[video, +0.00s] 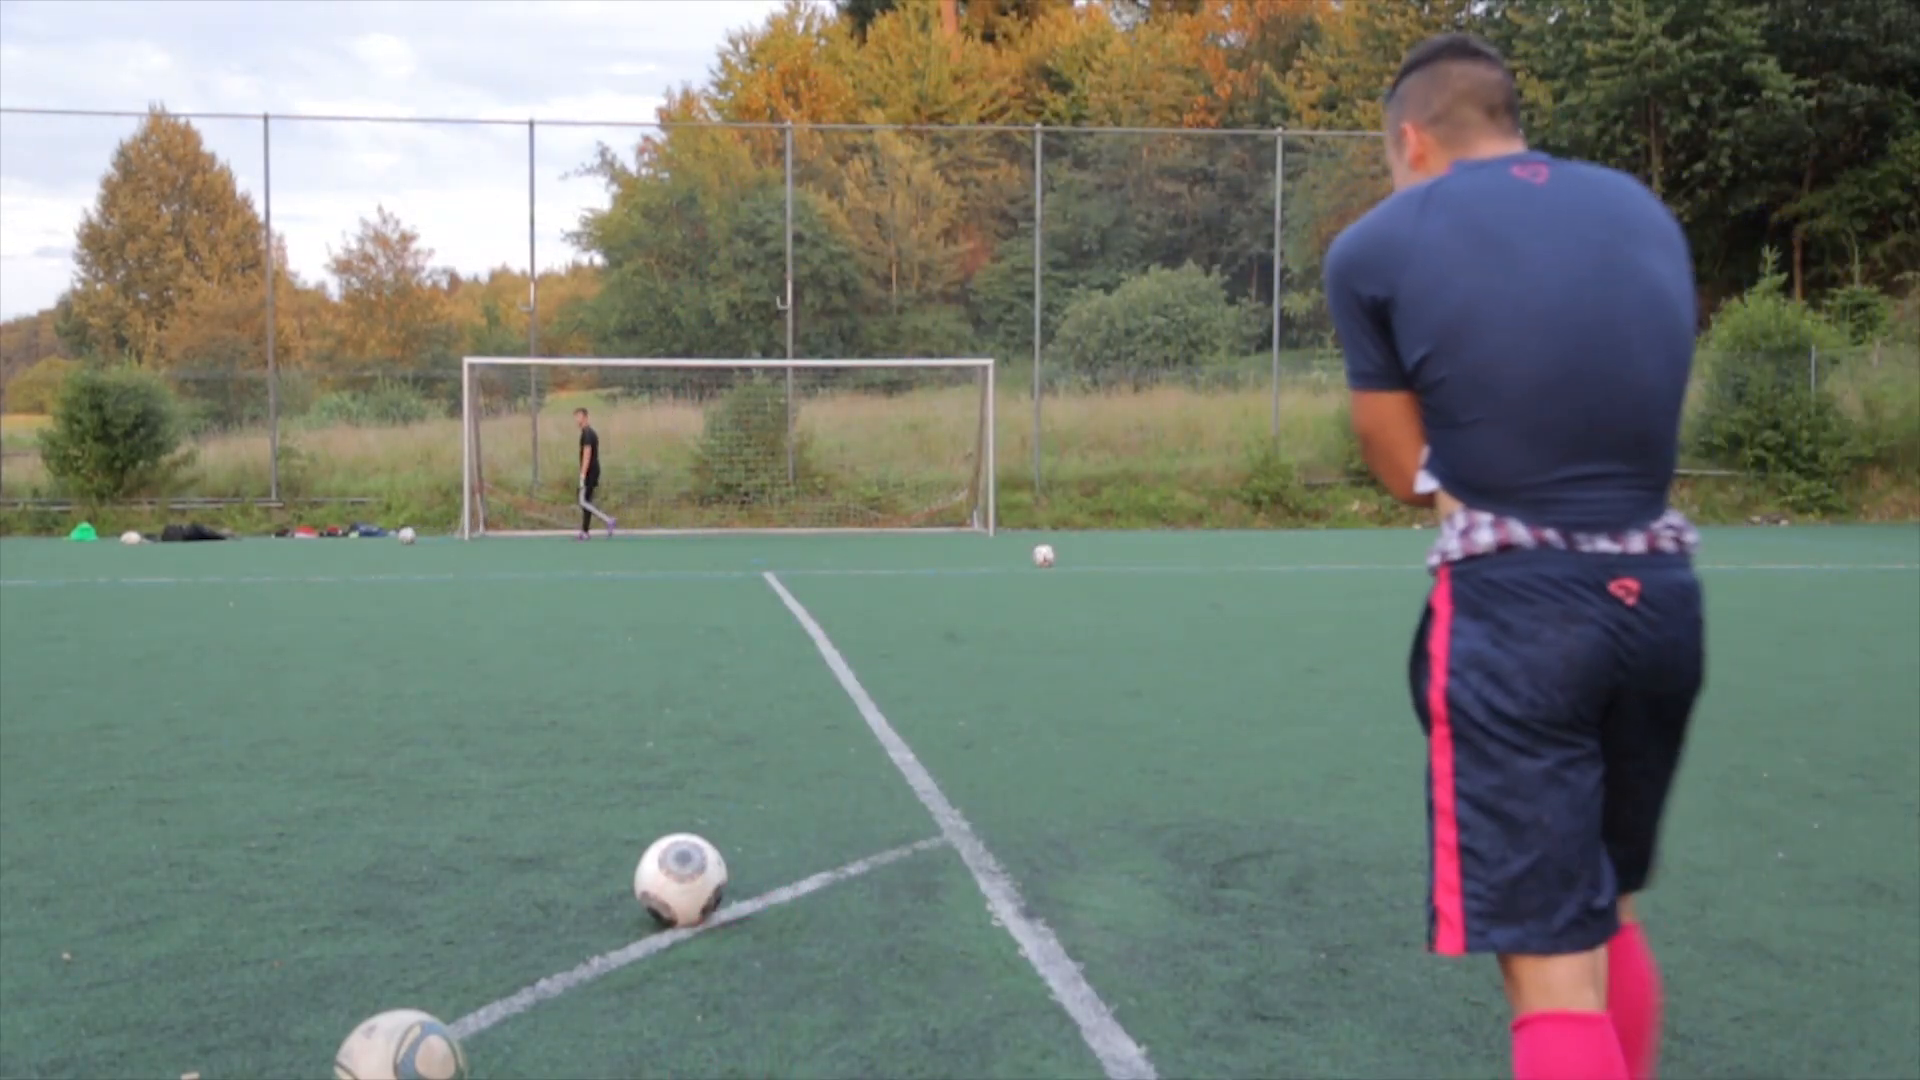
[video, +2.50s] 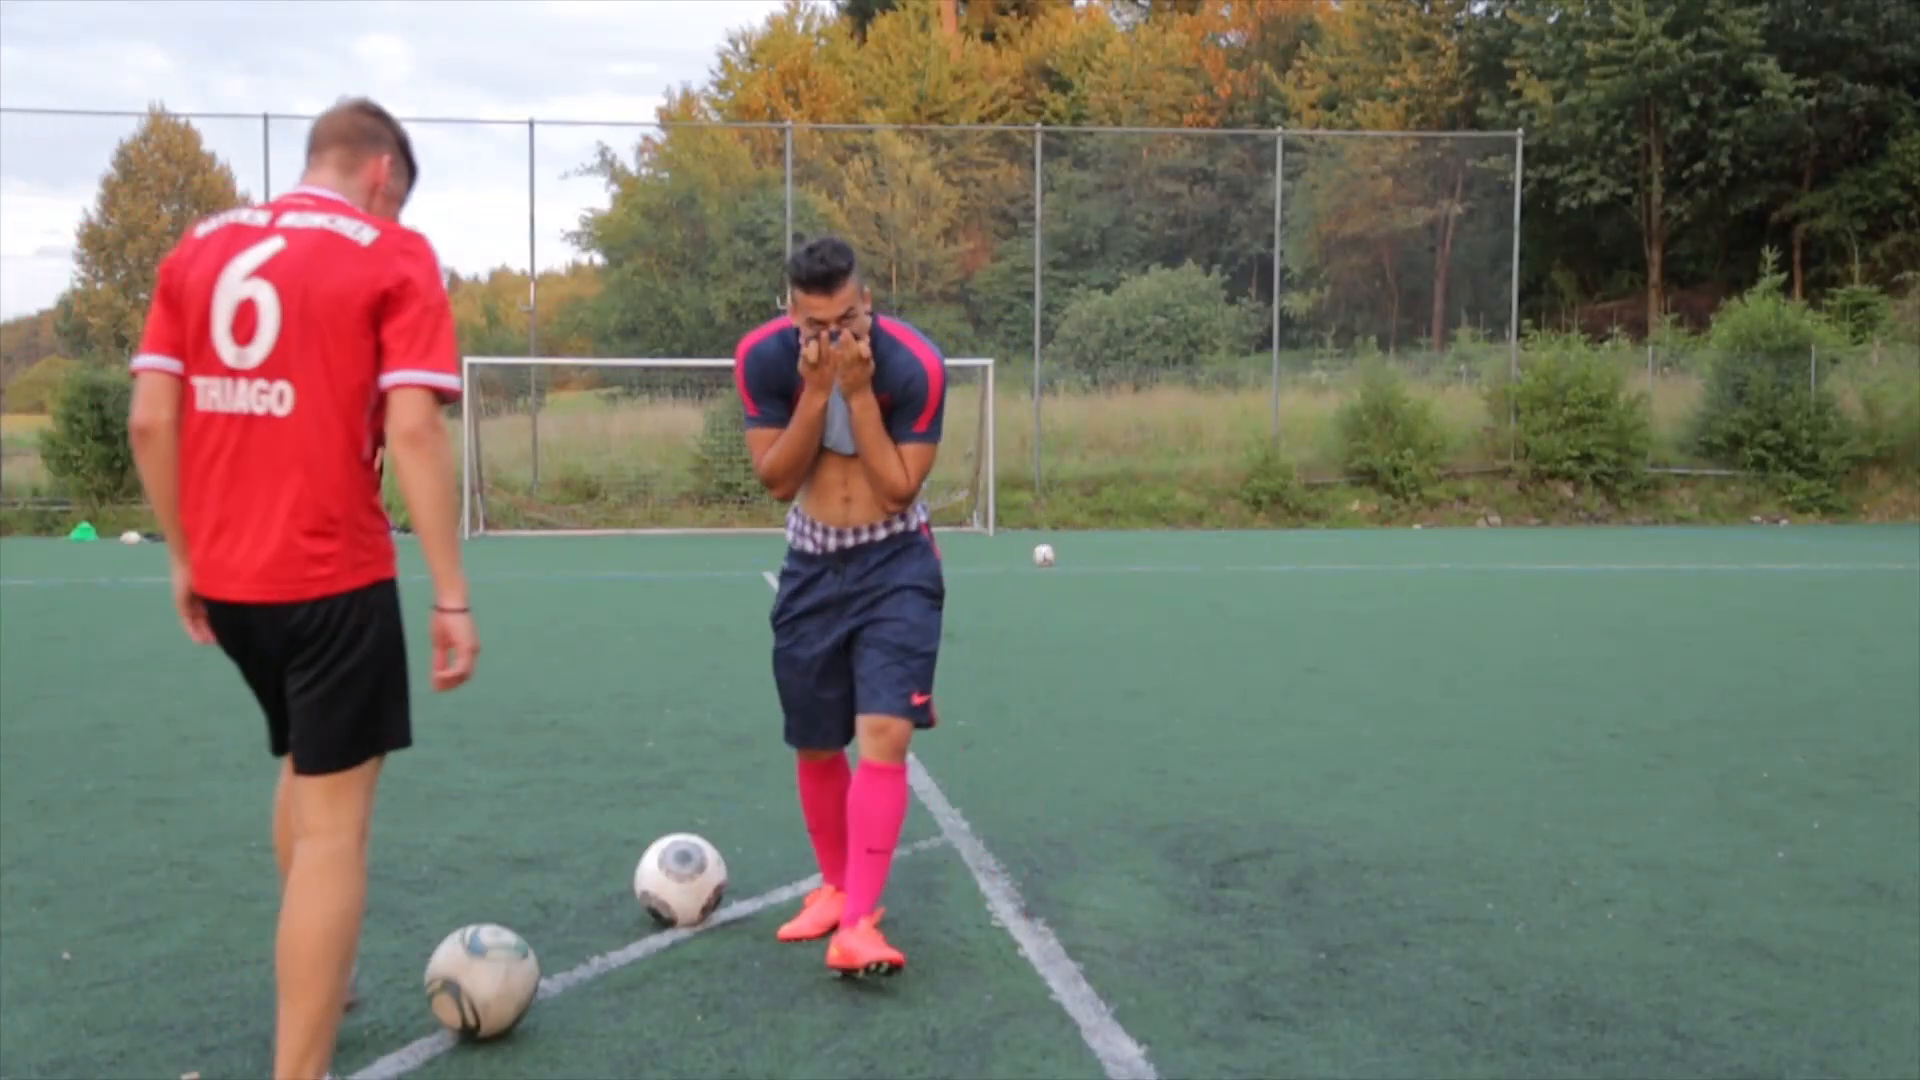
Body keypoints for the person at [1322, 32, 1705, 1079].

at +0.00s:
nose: (1394, 176)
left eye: (1391, 155)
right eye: (1394, 157)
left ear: (1414, 141)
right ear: (1513, 129)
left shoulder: (1377, 249)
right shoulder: (1642, 210)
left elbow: (1404, 469)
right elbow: (1646, 397)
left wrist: (1549, 436)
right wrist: (1476, 462)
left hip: (1512, 618)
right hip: (1660, 608)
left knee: (1552, 968)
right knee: (1613, 908)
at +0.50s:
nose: (1240, 234)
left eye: (1242, 212)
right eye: (1234, 216)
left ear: (1289, 189)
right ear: (1322, 191)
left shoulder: (1295, 277)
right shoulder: (1414, 269)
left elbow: (1254, 461)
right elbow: (1368, 427)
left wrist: (1255, 304)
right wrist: (1270, 297)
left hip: (1335, 580)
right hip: (1439, 584)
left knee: (1231, 807)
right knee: (1421, 851)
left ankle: (1305, 1055)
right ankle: (1446, 1071)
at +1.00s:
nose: (1083, 264)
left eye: (1082, 249)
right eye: (1081, 251)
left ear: (1109, 234)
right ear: (1165, 226)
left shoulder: (1086, 317)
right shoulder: (1246, 295)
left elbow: (1090, 461)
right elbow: (1236, 423)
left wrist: (1098, 339)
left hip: (1161, 567)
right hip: (1250, 562)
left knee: (1178, 801)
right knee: (1214, 763)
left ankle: (1214, 1026)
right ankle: (1208, 948)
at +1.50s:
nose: (954, 291)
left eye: (960, 274)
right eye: (951, 277)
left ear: (1004, 266)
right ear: (1016, 271)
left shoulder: (1021, 338)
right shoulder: (1080, 323)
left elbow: (983, 466)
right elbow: (1042, 434)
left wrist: (985, 351)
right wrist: (987, 342)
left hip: (1049, 555)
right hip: (1108, 552)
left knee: (978, 725)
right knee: (1083, 734)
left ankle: (1019, 898)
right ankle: (1129, 919)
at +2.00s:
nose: (841, 333)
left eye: (847, 314)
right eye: (828, 321)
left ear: (886, 298)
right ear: (825, 323)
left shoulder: (945, 359)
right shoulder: (860, 362)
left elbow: (918, 481)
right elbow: (855, 478)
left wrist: (875, 385)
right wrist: (848, 384)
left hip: (964, 554)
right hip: (903, 553)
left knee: (962, 734)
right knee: (871, 727)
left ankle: (997, 897)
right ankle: (850, 888)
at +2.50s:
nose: (832, 336)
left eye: (845, 319)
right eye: (814, 323)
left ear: (866, 299)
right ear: (791, 310)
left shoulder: (912, 364)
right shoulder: (766, 357)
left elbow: (900, 487)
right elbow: (777, 480)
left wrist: (857, 392)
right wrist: (817, 391)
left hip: (897, 566)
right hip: (812, 573)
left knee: (885, 734)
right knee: (817, 744)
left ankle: (861, 921)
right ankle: (834, 890)